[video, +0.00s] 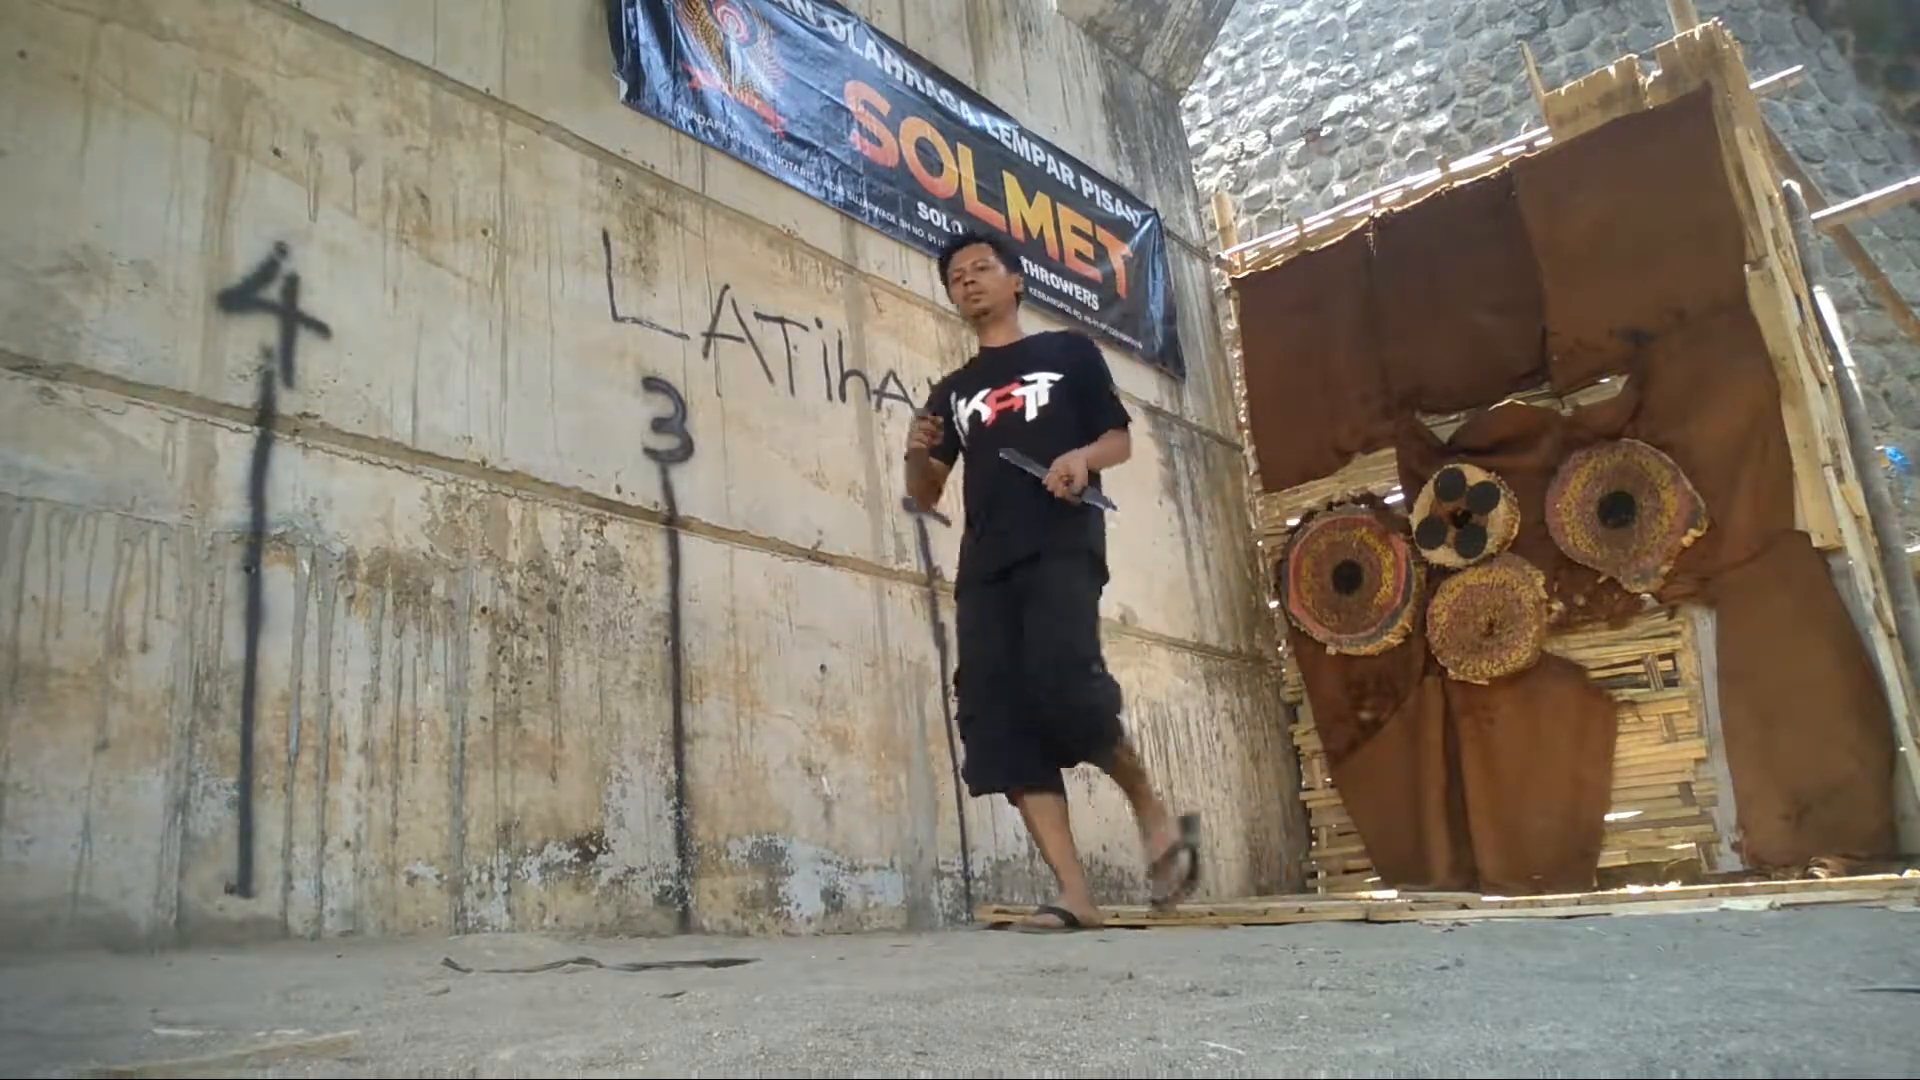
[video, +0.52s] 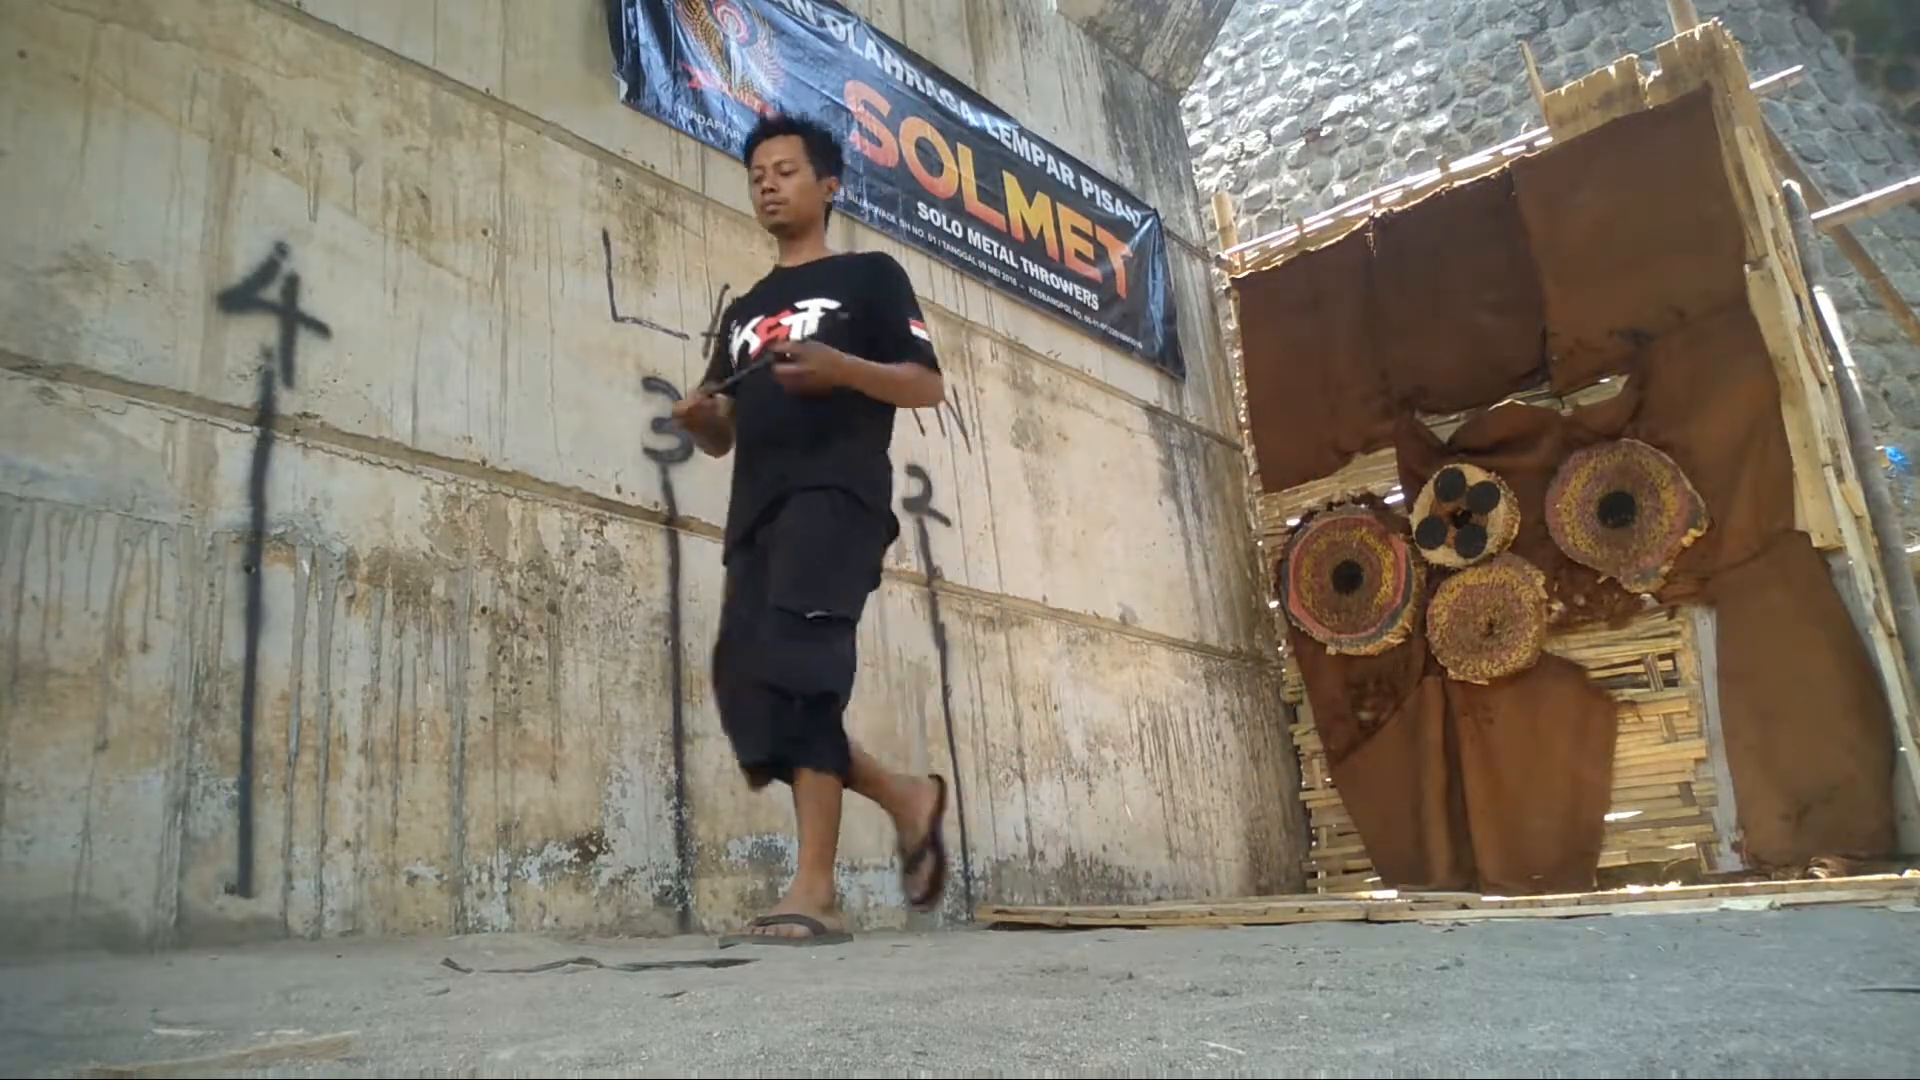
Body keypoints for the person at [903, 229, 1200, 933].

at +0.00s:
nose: (967, 282)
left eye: (980, 268)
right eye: (956, 277)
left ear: (1014, 280)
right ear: (951, 299)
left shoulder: (1068, 349)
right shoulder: (952, 390)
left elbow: (1119, 441)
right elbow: (924, 495)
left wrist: (1082, 458)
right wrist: (919, 453)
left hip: (1061, 548)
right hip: (986, 564)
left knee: (1062, 687)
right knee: (1001, 720)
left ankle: (1149, 809)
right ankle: (1075, 895)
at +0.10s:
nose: (939, 266)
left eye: (951, 252)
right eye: (928, 261)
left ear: (986, 262)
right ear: (924, 281)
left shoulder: (1041, 335)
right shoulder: (916, 376)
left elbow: (1096, 428)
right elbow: (891, 486)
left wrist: (1062, 440)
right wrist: (900, 447)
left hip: (1035, 533)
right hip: (961, 553)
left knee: (1006, 676)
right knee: (980, 706)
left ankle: (1067, 857)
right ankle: (1064, 874)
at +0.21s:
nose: (888, 255)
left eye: (903, 240)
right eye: (879, 248)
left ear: (943, 249)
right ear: (876, 266)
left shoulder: (996, 328)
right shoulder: (870, 370)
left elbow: (1054, 428)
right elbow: (849, 482)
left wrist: (1017, 432)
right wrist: (867, 441)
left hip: (987, 538)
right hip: (916, 553)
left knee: (946, 676)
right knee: (984, 705)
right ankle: (1075, 892)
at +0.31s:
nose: (852, 245)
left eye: (868, 228)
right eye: (844, 236)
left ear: (911, 237)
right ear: (841, 254)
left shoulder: (962, 319)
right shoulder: (842, 360)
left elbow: (1017, 429)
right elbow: (816, 480)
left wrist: (975, 431)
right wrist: (832, 438)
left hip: (944, 540)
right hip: (877, 553)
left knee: (892, 689)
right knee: (959, 715)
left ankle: (831, 891)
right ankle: (1069, 884)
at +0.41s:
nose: (799, 209)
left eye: (816, 195)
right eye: (791, 202)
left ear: (861, 208)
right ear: (788, 223)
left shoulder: (908, 298)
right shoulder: (780, 334)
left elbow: (961, 409)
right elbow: (754, 457)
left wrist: (898, 406)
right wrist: (762, 432)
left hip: (877, 517)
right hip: (805, 533)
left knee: (817, 677)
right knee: (837, 720)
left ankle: (813, 897)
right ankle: (994, 839)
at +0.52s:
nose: (769, 187)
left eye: (785, 172)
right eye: (759, 177)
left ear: (828, 185)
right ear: (752, 196)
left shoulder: (873, 275)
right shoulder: (742, 310)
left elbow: (926, 384)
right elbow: (724, 431)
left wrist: (842, 369)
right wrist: (703, 416)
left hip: (834, 505)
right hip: (757, 518)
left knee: (801, 677)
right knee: (749, 698)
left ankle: (814, 893)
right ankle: (909, 799)